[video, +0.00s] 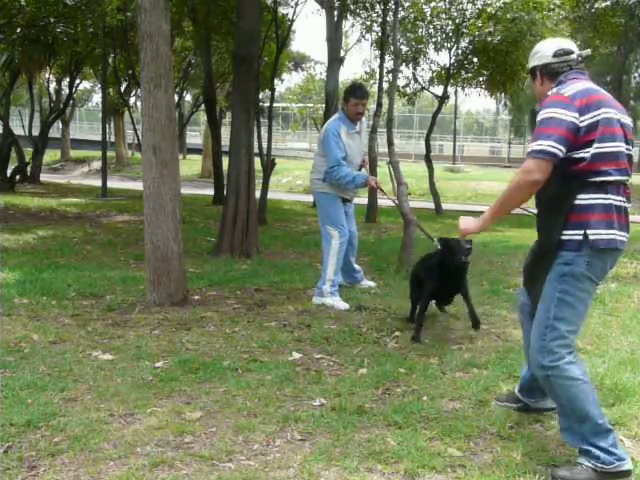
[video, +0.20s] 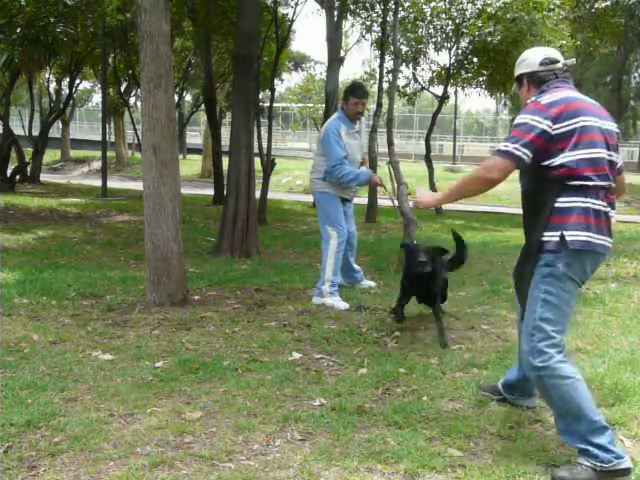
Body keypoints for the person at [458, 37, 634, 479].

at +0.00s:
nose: (533, 90)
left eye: (532, 81)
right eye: (533, 82)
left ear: (544, 76)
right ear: (574, 70)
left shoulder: (565, 97)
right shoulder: (608, 101)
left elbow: (534, 174)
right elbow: (625, 171)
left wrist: (484, 221)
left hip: (585, 236)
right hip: (598, 231)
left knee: (551, 348)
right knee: (531, 301)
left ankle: (605, 456)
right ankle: (535, 391)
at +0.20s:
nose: (520, 96)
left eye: (520, 89)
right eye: (519, 89)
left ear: (529, 83)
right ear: (562, 78)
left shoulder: (543, 107)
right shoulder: (600, 113)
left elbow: (492, 173)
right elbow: (618, 185)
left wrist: (438, 197)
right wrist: (582, 216)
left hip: (566, 237)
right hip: (591, 236)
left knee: (540, 349)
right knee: (535, 302)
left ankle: (604, 455)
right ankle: (520, 386)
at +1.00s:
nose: (494, 109)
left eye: (494, 103)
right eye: (493, 103)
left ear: (504, 97)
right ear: (536, 92)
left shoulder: (511, 125)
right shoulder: (576, 124)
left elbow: (452, 173)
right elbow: (599, 193)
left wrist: (405, 172)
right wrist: (562, 217)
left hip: (546, 245)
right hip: (579, 244)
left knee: (516, 350)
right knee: (507, 300)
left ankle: (569, 456)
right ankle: (509, 382)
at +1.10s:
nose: (487, 117)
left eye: (487, 110)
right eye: (487, 110)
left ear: (496, 107)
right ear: (524, 101)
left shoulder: (510, 130)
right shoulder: (551, 128)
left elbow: (466, 187)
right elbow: (561, 200)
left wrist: (416, 195)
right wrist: (509, 228)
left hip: (551, 247)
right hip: (577, 245)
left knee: (516, 350)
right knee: (506, 294)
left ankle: (568, 453)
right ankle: (505, 383)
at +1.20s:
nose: (478, 139)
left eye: (478, 131)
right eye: (478, 132)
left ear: (487, 127)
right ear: (510, 121)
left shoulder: (510, 139)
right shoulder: (525, 138)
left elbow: (507, 197)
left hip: (569, 246)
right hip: (554, 245)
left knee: (517, 339)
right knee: (498, 303)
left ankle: (564, 449)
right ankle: (503, 383)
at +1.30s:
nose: (470, 151)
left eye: (470, 143)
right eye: (468, 144)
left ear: (480, 137)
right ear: (489, 139)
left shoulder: (514, 143)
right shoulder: (498, 175)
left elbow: (551, 184)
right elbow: (483, 232)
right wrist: (451, 264)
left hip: (580, 249)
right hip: (550, 253)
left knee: (531, 341)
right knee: (498, 307)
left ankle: (589, 452)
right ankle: (506, 385)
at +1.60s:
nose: (480, 136)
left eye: (479, 126)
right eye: (479, 127)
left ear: (490, 121)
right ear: (502, 119)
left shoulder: (525, 132)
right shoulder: (519, 152)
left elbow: (558, 177)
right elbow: (543, 228)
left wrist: (533, 246)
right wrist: (505, 265)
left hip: (593, 249)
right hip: (566, 251)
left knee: (558, 360)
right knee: (527, 317)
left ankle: (622, 461)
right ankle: (511, 385)